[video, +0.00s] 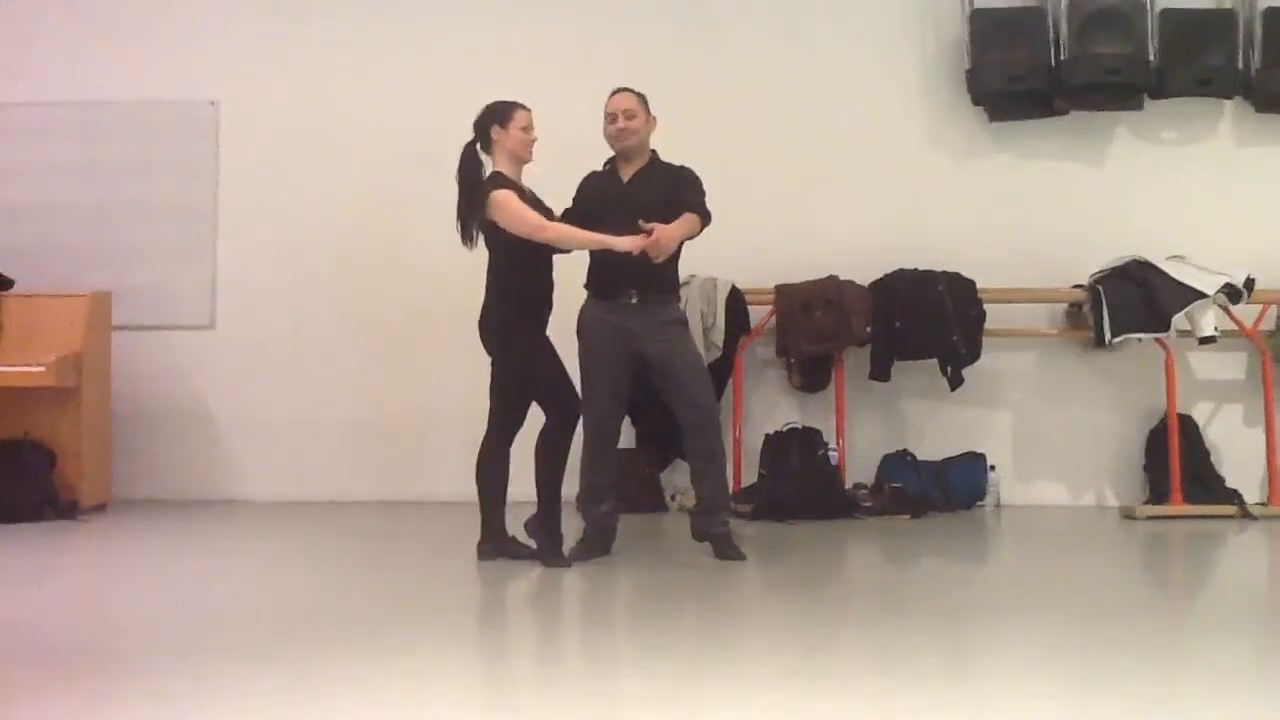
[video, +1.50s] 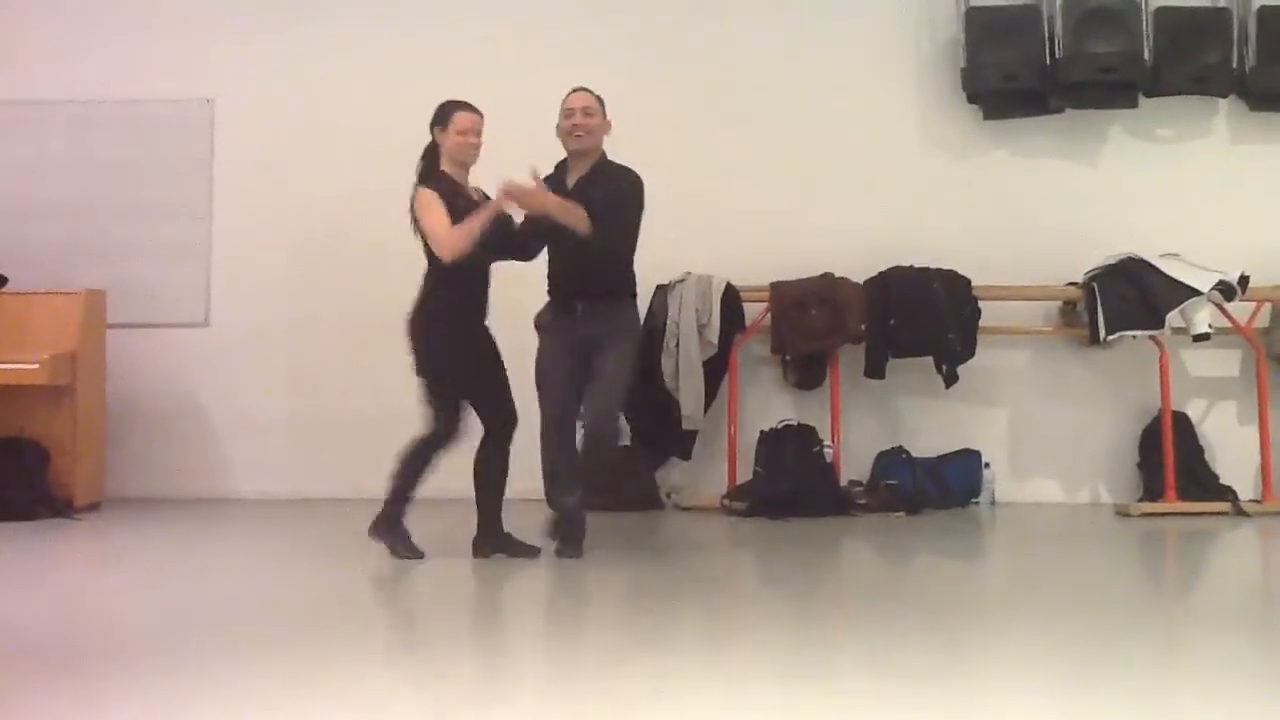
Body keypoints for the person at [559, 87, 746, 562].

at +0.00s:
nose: (619, 124)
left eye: (629, 116)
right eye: (611, 118)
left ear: (651, 124)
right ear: (604, 129)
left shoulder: (680, 178)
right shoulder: (593, 186)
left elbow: (698, 215)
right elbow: (566, 236)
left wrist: (674, 232)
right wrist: (522, 230)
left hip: (662, 318)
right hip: (604, 317)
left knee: (701, 412)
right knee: (600, 421)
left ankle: (714, 523)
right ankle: (598, 528)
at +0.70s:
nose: (623, 114)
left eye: (633, 106)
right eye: (615, 109)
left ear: (653, 115)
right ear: (605, 122)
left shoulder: (680, 169)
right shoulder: (599, 178)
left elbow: (734, 196)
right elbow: (565, 227)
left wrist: (692, 173)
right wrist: (515, 220)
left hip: (670, 314)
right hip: (609, 316)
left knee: (706, 408)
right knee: (597, 419)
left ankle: (713, 519)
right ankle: (594, 522)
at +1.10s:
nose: (593, 117)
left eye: (604, 109)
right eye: (585, 110)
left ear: (623, 120)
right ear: (574, 122)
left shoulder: (643, 180)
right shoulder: (559, 181)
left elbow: (689, 240)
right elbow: (519, 216)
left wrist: (673, 210)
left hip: (642, 315)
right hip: (585, 319)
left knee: (679, 415)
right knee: (572, 419)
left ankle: (718, 519)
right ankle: (572, 529)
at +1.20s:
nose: (583, 119)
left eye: (593, 112)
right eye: (575, 113)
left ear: (613, 123)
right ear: (565, 124)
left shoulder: (638, 189)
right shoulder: (554, 182)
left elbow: (662, 258)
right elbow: (516, 220)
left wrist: (623, 263)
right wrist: (481, 193)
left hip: (626, 319)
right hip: (571, 321)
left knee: (664, 412)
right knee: (562, 417)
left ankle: (717, 508)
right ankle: (571, 527)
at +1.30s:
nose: (581, 119)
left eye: (592, 112)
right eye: (573, 112)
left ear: (611, 123)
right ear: (563, 124)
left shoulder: (635, 188)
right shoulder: (554, 181)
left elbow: (648, 260)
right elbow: (521, 226)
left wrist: (595, 268)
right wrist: (480, 203)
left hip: (621, 316)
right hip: (567, 318)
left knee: (641, 406)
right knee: (562, 419)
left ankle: (692, 487)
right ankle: (571, 523)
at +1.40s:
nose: (579, 121)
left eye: (589, 113)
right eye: (571, 114)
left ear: (608, 125)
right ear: (561, 126)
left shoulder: (630, 187)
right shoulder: (549, 186)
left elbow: (626, 255)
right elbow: (532, 238)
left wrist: (573, 248)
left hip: (617, 315)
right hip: (565, 315)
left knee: (618, 407)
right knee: (560, 418)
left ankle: (650, 471)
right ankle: (570, 522)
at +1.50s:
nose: (576, 120)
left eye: (587, 113)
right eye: (568, 114)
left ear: (606, 126)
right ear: (558, 128)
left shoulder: (625, 183)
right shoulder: (550, 187)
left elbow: (615, 241)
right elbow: (525, 245)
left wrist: (548, 206)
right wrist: (484, 228)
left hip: (615, 319)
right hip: (562, 319)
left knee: (600, 415)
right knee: (556, 417)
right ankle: (567, 519)